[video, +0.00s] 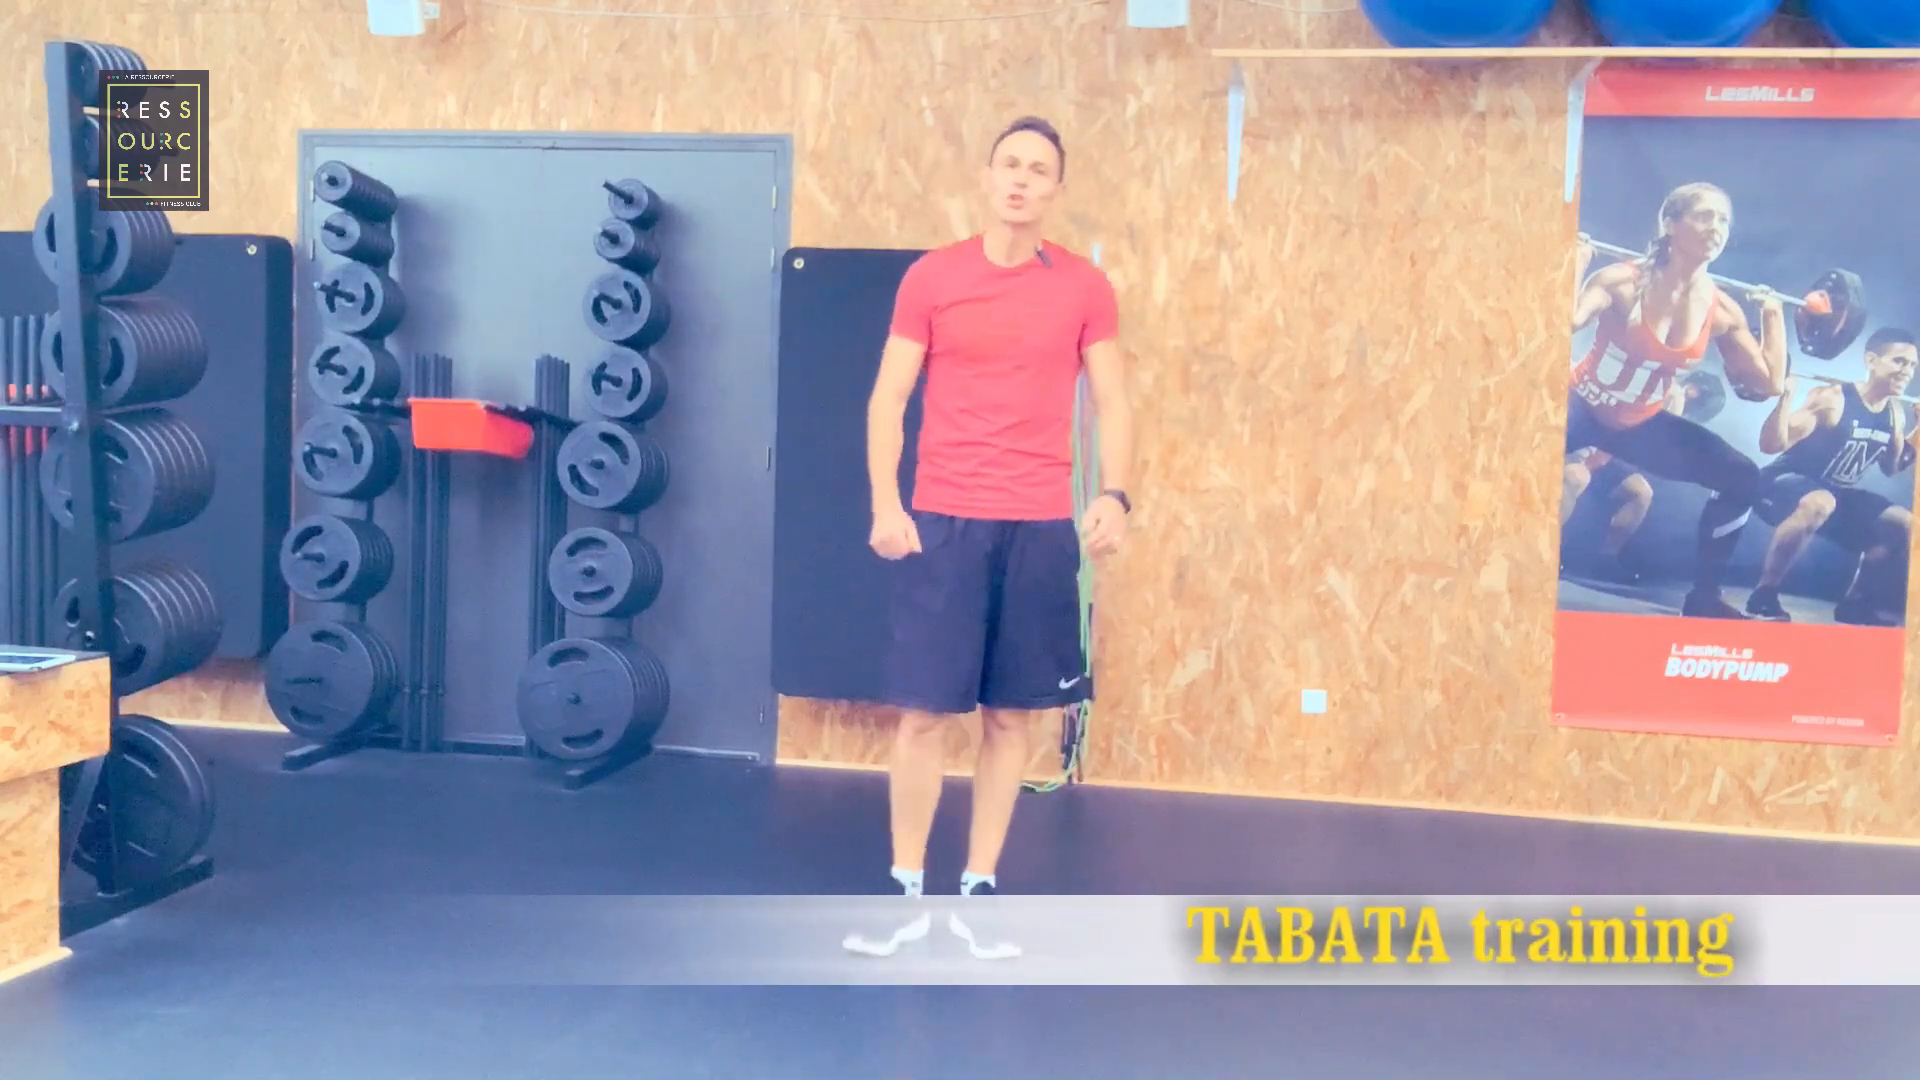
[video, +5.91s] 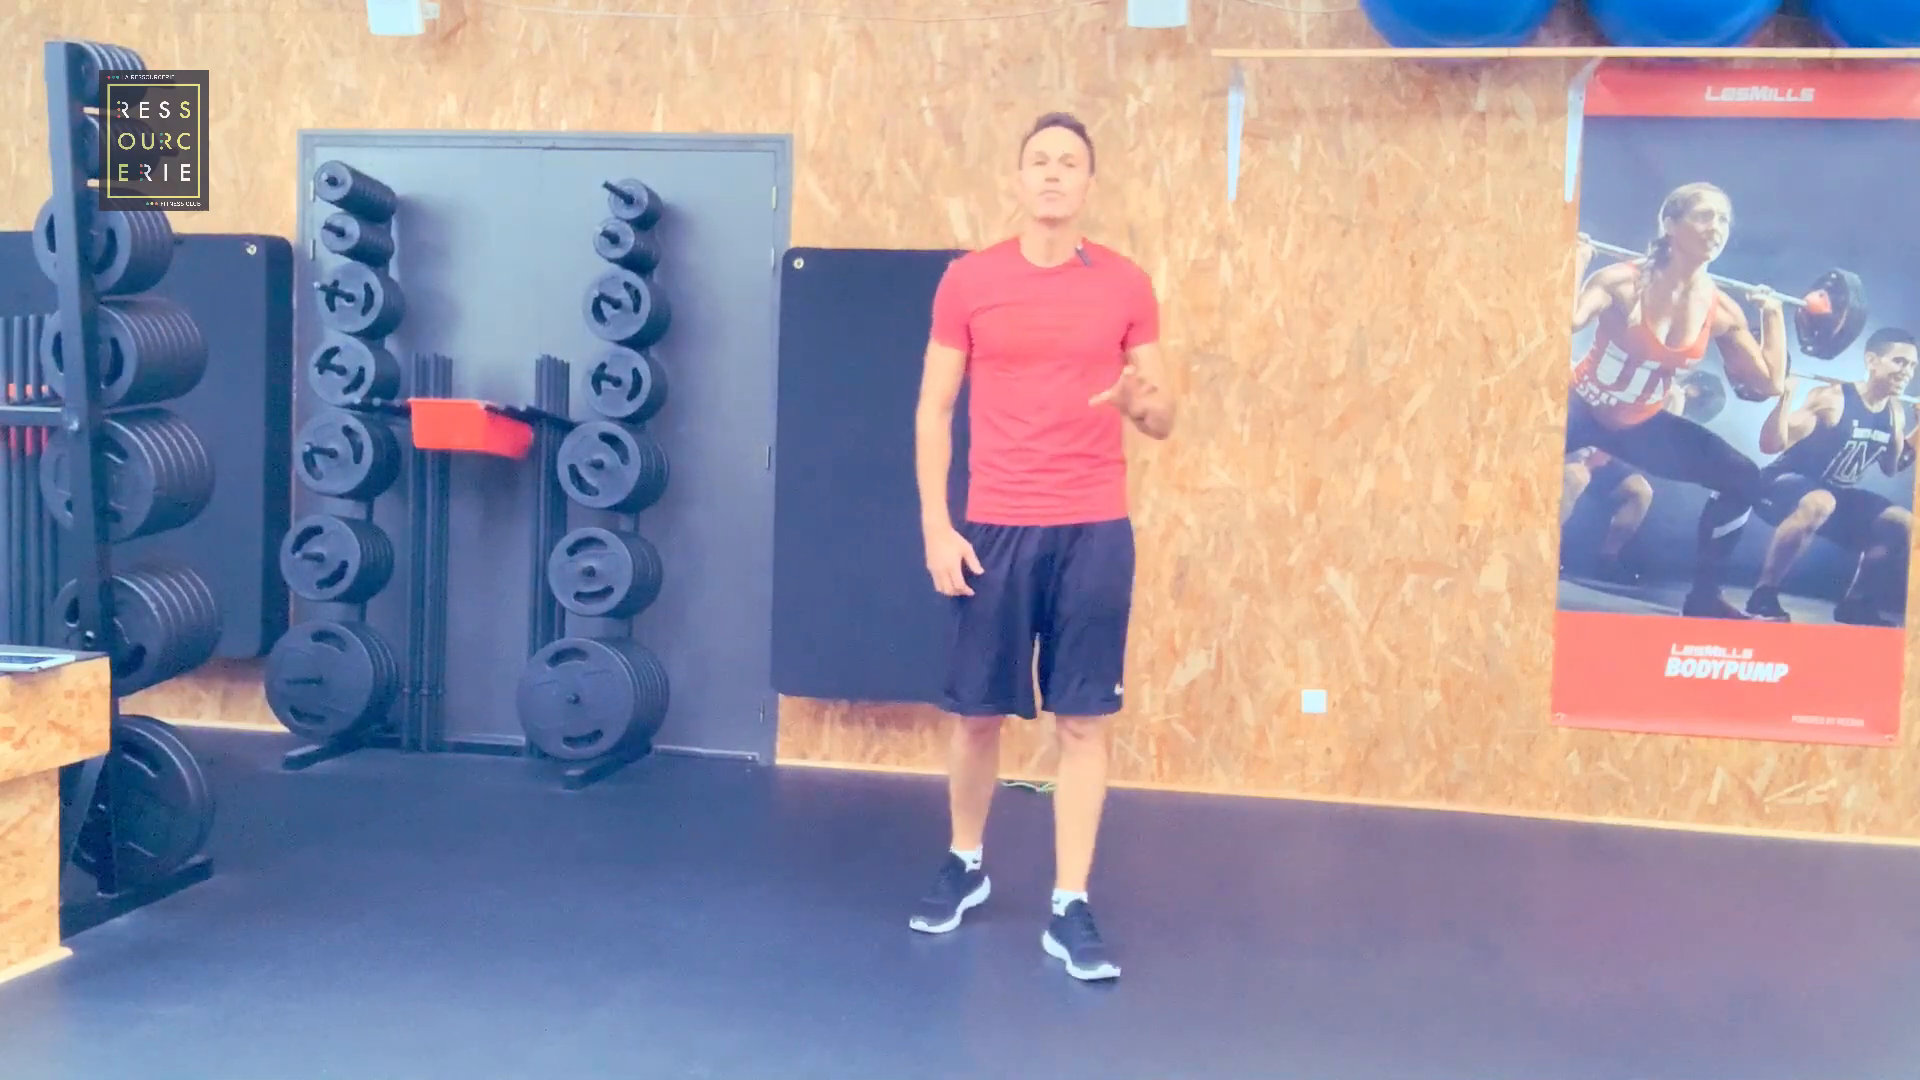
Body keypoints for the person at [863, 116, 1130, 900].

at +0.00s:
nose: (1021, 179)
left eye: (1037, 170)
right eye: (1010, 165)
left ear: (1057, 191)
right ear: (985, 177)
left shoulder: (1084, 286)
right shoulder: (932, 277)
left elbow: (1111, 398)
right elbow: (888, 398)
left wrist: (1115, 493)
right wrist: (885, 503)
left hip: (1041, 529)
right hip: (942, 523)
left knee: (1012, 716)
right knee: (925, 711)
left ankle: (977, 889)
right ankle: (905, 889)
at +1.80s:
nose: (1038, 168)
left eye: (1055, 155)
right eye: (1025, 152)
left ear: (1079, 172)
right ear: (999, 164)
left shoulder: (1112, 269)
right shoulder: (951, 270)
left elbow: (1152, 420)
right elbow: (898, 408)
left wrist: (1139, 371)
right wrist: (949, 390)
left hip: (1086, 530)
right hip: (984, 529)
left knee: (1082, 734)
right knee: (964, 735)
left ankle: (1066, 914)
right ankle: (946, 933)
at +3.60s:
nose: (1052, 213)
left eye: (1067, 202)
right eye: (1041, 199)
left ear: (1089, 217)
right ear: (1020, 210)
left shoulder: (1118, 303)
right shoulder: (973, 296)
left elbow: (1144, 409)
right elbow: (924, 406)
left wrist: (1140, 482)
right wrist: (942, 468)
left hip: (1082, 526)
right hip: (992, 523)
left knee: (1066, 697)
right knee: (976, 694)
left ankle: (1043, 851)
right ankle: (959, 865)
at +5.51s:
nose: (1007, 180)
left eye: (1023, 170)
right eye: (995, 168)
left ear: (1045, 192)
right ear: (971, 188)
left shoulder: (1077, 285)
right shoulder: (928, 285)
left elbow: (1115, 420)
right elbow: (888, 413)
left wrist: (1104, 378)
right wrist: (898, 524)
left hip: (1049, 525)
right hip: (955, 526)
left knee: (1056, 707)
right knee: (961, 704)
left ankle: (1070, 897)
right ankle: (961, 873)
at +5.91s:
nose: (1052, 176)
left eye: (1068, 165)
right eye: (1039, 162)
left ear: (1092, 183)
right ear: (1016, 178)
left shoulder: (1125, 284)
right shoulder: (969, 279)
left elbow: (1157, 419)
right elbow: (934, 409)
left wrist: (1142, 399)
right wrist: (937, 525)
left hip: (1093, 528)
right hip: (994, 527)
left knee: (1083, 718)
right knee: (977, 713)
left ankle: (1071, 906)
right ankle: (964, 866)